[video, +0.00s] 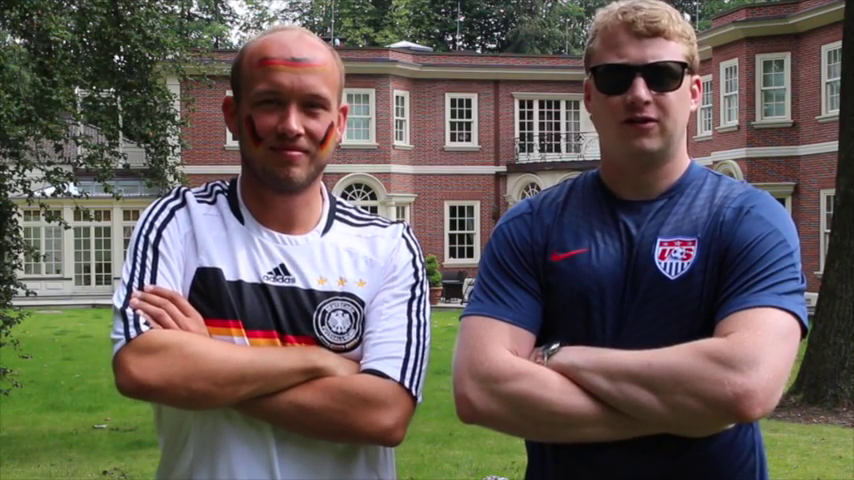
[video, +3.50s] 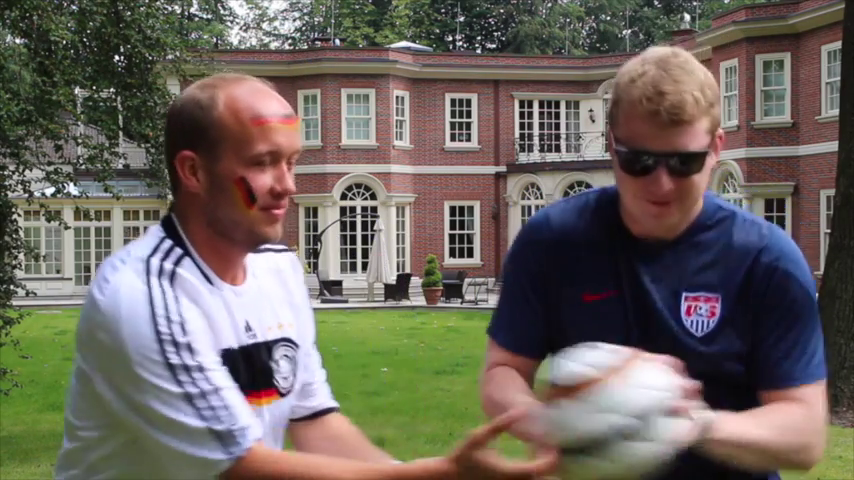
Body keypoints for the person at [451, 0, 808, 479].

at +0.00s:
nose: (639, 94)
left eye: (661, 76)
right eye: (615, 77)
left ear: (694, 92)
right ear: (589, 96)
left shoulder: (750, 219)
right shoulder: (529, 227)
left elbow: (746, 387)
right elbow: (479, 390)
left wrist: (557, 360)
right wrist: (672, 410)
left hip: (713, 473)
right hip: (564, 473)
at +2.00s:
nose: (653, 98)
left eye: (675, 80)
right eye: (630, 81)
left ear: (707, 93)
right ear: (600, 97)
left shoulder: (762, 221)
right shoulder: (540, 227)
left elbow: (762, 389)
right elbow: (493, 391)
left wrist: (570, 361)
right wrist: (686, 411)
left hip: (724, 473)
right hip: (575, 474)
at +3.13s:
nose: (711, 102)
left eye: (720, 84)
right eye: (684, 82)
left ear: (728, 92)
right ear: (618, 93)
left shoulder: (753, 211)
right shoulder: (542, 213)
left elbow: (789, 374)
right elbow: (497, 387)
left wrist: (592, 346)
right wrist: (653, 457)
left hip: (724, 472)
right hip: (578, 469)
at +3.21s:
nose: (700, 115)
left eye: (713, 95)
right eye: (674, 95)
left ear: (723, 97)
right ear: (611, 100)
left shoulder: (760, 214)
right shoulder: (542, 213)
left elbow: (847, 368)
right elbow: (498, 380)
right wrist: (590, 454)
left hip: (730, 469)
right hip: (593, 473)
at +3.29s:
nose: (679, 132)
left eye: (695, 108)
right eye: (653, 113)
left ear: (710, 105)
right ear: (601, 113)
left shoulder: (763, 214)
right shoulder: (542, 211)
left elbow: (823, 342)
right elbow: (492, 378)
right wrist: (600, 415)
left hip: (729, 470)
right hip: (592, 474)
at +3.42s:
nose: (655, 156)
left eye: (677, 133)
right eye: (632, 133)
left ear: (708, 122)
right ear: (601, 123)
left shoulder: (762, 236)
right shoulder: (544, 224)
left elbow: (811, 383)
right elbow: (495, 381)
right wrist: (582, 438)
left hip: (718, 466)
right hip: (591, 471)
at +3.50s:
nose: (661, 183)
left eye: (684, 161)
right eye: (638, 160)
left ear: (716, 148)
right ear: (611, 145)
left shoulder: (768, 259)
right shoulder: (552, 238)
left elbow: (804, 433)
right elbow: (503, 371)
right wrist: (546, 425)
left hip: (720, 466)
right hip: (587, 465)